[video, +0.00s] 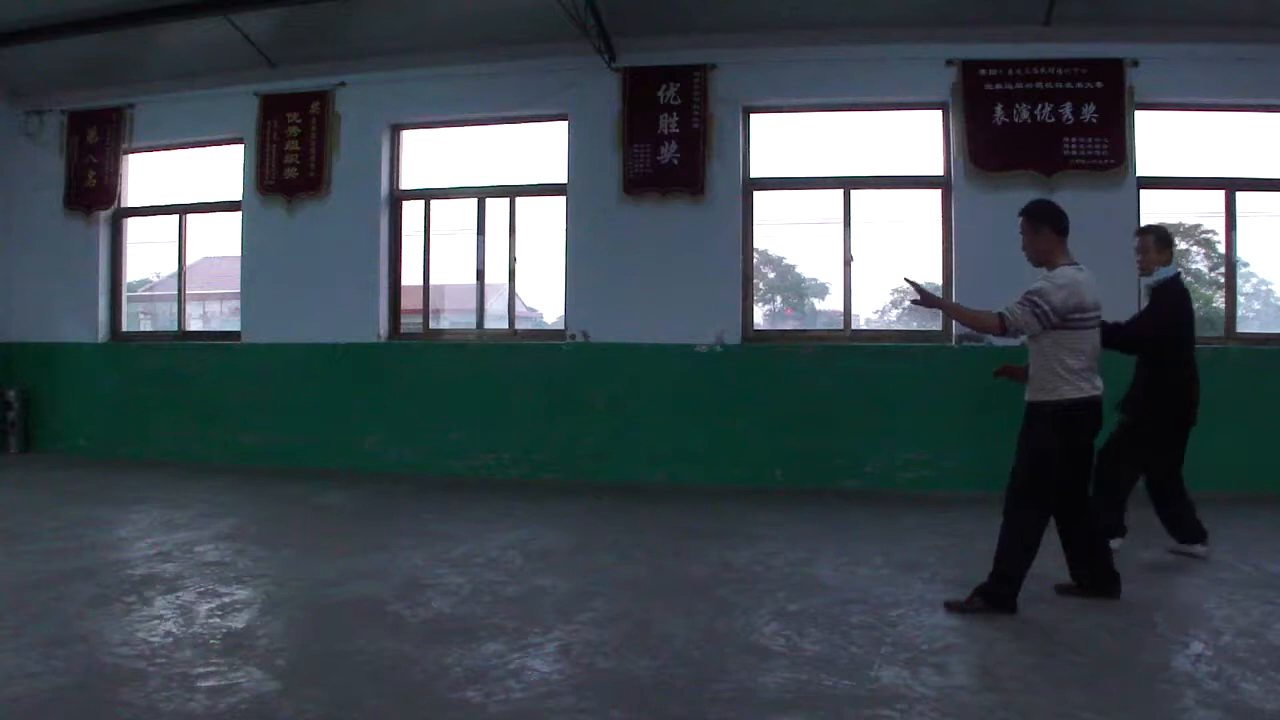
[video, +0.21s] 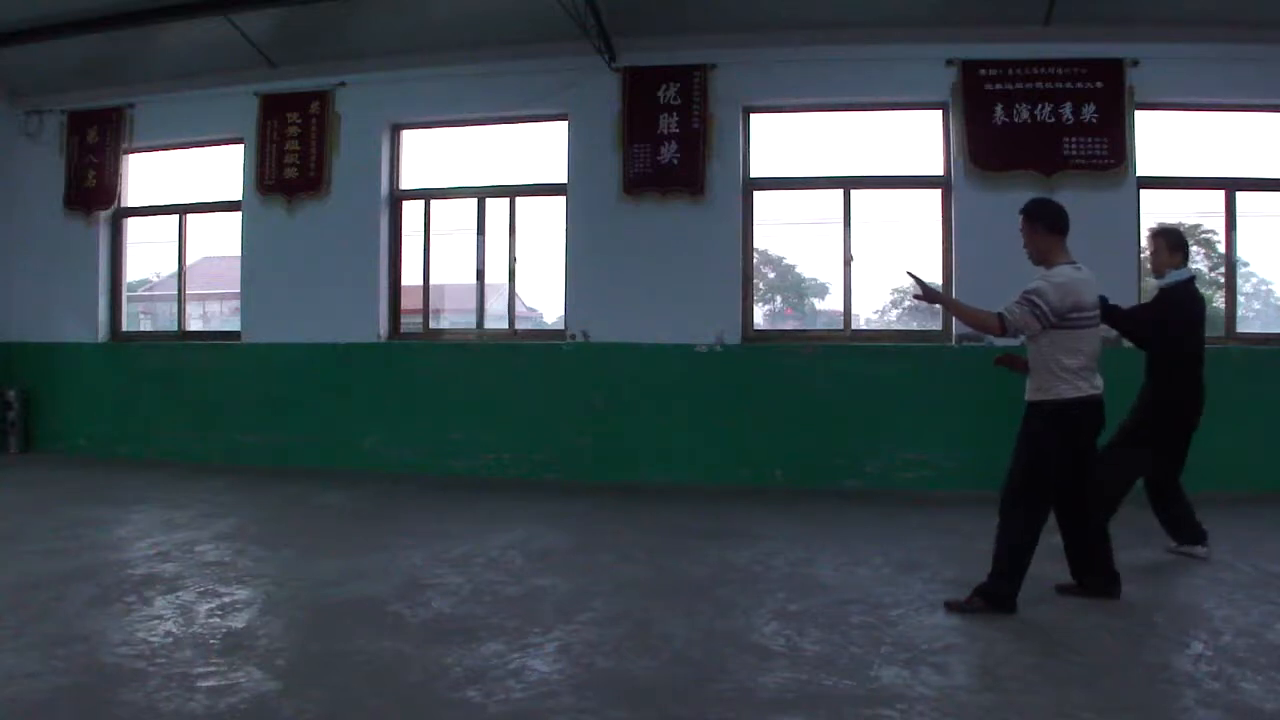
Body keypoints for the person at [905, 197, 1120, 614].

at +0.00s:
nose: (1022, 244)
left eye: (1026, 235)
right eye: (1021, 235)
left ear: (1048, 236)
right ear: (1058, 238)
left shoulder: (1053, 287)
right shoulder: (1082, 282)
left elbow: (1000, 324)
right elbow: (1078, 355)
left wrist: (942, 305)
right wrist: (1029, 372)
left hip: (1055, 410)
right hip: (1081, 406)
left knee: (1025, 501)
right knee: (1069, 497)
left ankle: (1000, 593)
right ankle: (1098, 580)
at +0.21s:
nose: (1022, 242)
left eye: (1026, 233)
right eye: (1023, 234)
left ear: (1045, 234)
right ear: (1060, 235)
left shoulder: (1050, 286)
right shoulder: (1082, 281)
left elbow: (999, 325)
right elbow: (1079, 352)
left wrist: (943, 301)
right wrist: (1029, 364)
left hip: (1054, 410)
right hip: (1084, 406)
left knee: (1022, 501)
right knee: (1075, 496)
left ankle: (999, 594)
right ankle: (1098, 581)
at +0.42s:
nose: (1022, 246)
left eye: (1024, 237)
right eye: (1021, 238)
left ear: (1040, 237)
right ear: (1060, 237)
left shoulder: (1041, 288)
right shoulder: (1084, 285)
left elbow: (991, 328)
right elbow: (1081, 356)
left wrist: (937, 301)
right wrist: (1028, 371)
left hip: (1052, 415)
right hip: (1090, 410)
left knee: (1014, 499)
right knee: (1077, 500)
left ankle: (997, 594)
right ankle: (1112, 578)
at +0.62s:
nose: (1045, 256)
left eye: (1049, 247)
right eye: (1045, 247)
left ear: (1069, 247)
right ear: (1082, 248)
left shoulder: (1069, 299)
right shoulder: (1108, 293)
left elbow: (1012, 330)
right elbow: (1096, 363)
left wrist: (954, 305)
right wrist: (1046, 377)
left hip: (1072, 425)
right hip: (1111, 421)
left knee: (1026, 505)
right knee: (1096, 506)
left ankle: (998, 593)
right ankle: (1146, 582)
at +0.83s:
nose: (1069, 254)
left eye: (1075, 245)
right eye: (1070, 245)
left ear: (1098, 245)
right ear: (1108, 246)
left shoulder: (1096, 300)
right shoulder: (1138, 293)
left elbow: (1033, 324)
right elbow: (1131, 360)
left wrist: (968, 308)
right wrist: (1084, 379)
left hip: (1106, 422)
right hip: (1141, 416)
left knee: (1060, 498)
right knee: (1108, 501)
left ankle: (1034, 596)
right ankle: (1146, 583)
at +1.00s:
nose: (1069, 252)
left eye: (1074, 243)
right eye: (1069, 244)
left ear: (1097, 243)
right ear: (1106, 245)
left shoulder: (1096, 297)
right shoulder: (1139, 292)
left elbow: (1034, 323)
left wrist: (966, 308)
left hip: (1111, 419)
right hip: (1144, 413)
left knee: (1067, 500)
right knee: (1111, 500)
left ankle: (1044, 598)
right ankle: (1146, 583)